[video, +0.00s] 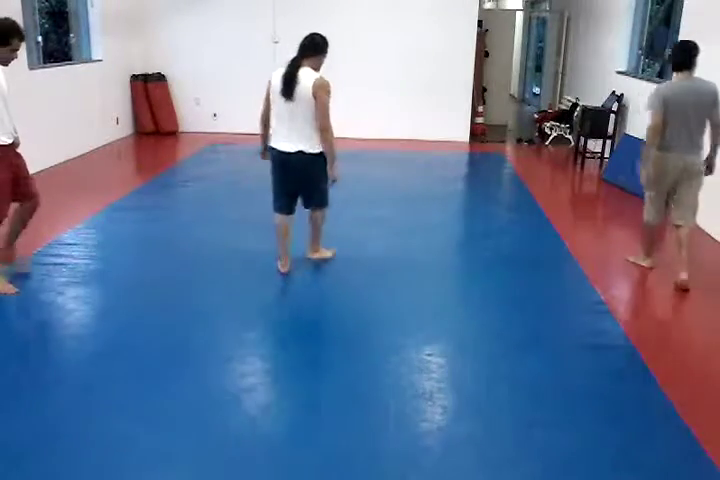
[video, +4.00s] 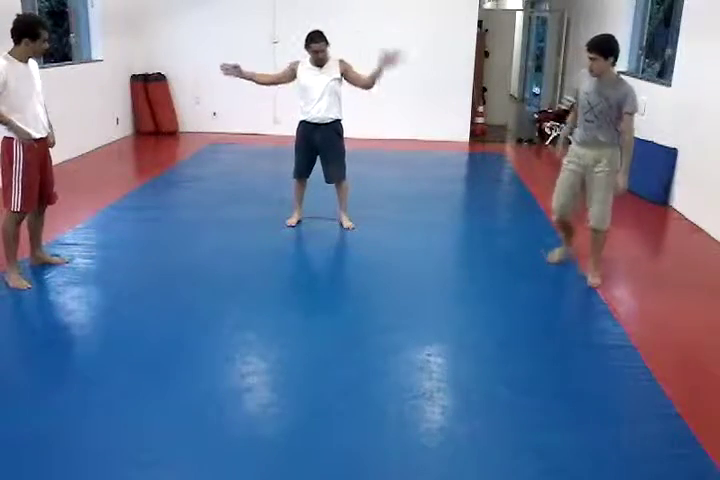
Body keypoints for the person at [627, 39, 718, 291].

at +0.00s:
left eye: (672, 59)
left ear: (671, 62)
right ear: (695, 62)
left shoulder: (662, 91)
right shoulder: (709, 91)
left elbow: (655, 128)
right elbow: (716, 129)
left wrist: (645, 161)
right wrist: (712, 156)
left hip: (663, 158)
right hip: (693, 161)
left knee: (654, 208)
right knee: (684, 217)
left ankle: (647, 256)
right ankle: (683, 272)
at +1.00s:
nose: (611, 55)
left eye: (612, 51)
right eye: (611, 51)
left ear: (620, 52)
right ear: (632, 52)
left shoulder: (616, 77)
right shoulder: (647, 76)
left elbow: (607, 112)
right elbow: (650, 111)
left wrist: (597, 142)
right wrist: (645, 136)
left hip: (615, 134)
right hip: (636, 135)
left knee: (594, 176)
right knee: (624, 185)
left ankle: (604, 223)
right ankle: (613, 231)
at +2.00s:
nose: (567, 56)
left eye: (570, 51)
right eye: (566, 51)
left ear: (582, 51)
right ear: (569, 51)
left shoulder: (592, 71)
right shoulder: (576, 70)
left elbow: (597, 102)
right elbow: (575, 98)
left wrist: (594, 123)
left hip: (585, 122)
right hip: (573, 121)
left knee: (576, 169)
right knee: (570, 168)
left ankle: (574, 216)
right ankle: (570, 212)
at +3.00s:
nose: (584, 64)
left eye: (589, 60)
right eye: (583, 59)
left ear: (602, 59)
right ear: (582, 57)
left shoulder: (613, 83)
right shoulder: (578, 76)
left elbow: (621, 117)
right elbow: (570, 105)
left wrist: (620, 150)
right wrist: (558, 130)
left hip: (599, 138)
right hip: (575, 134)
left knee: (592, 188)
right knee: (565, 184)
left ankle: (587, 223)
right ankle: (561, 230)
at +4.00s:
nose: (589, 64)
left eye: (594, 60)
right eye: (588, 59)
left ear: (610, 60)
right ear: (589, 58)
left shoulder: (625, 91)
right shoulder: (586, 80)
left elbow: (627, 132)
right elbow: (576, 112)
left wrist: (624, 170)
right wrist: (563, 136)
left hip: (605, 155)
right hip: (577, 150)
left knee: (599, 218)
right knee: (560, 208)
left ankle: (594, 267)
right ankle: (567, 245)